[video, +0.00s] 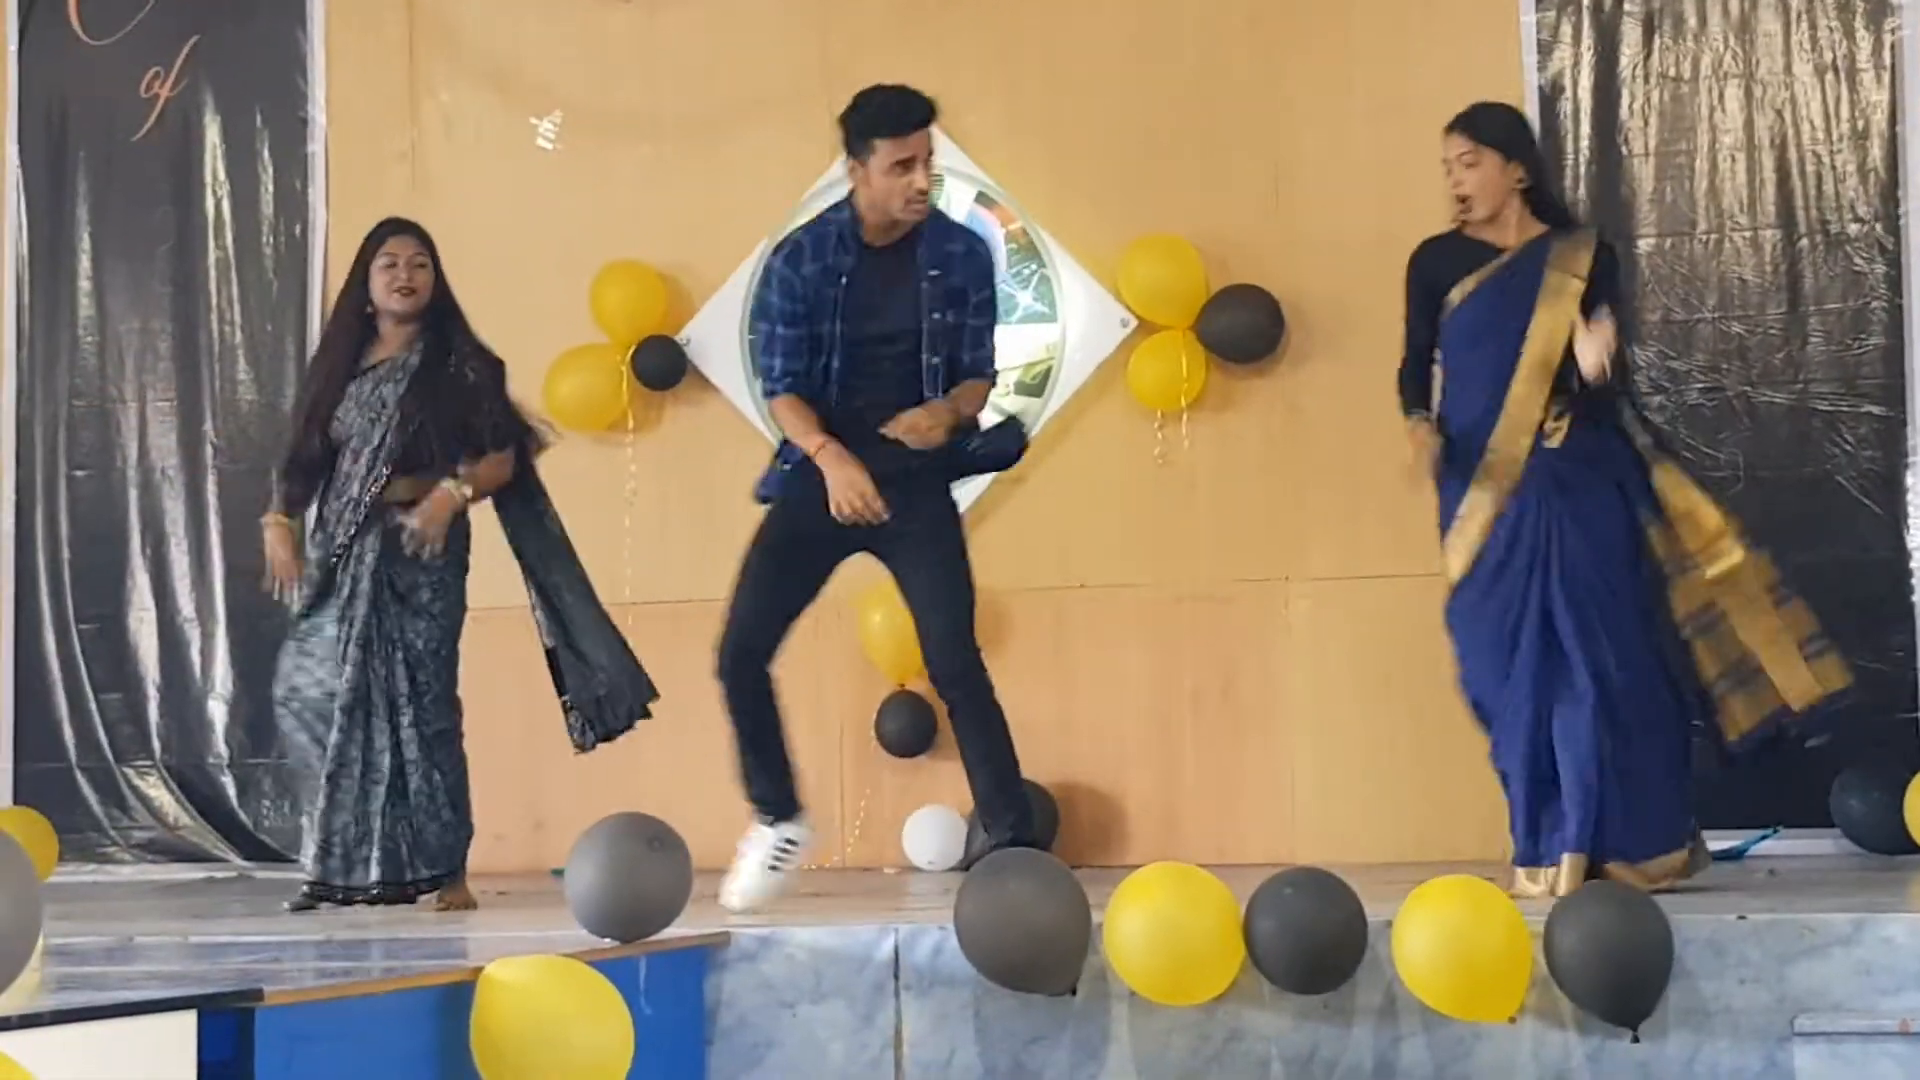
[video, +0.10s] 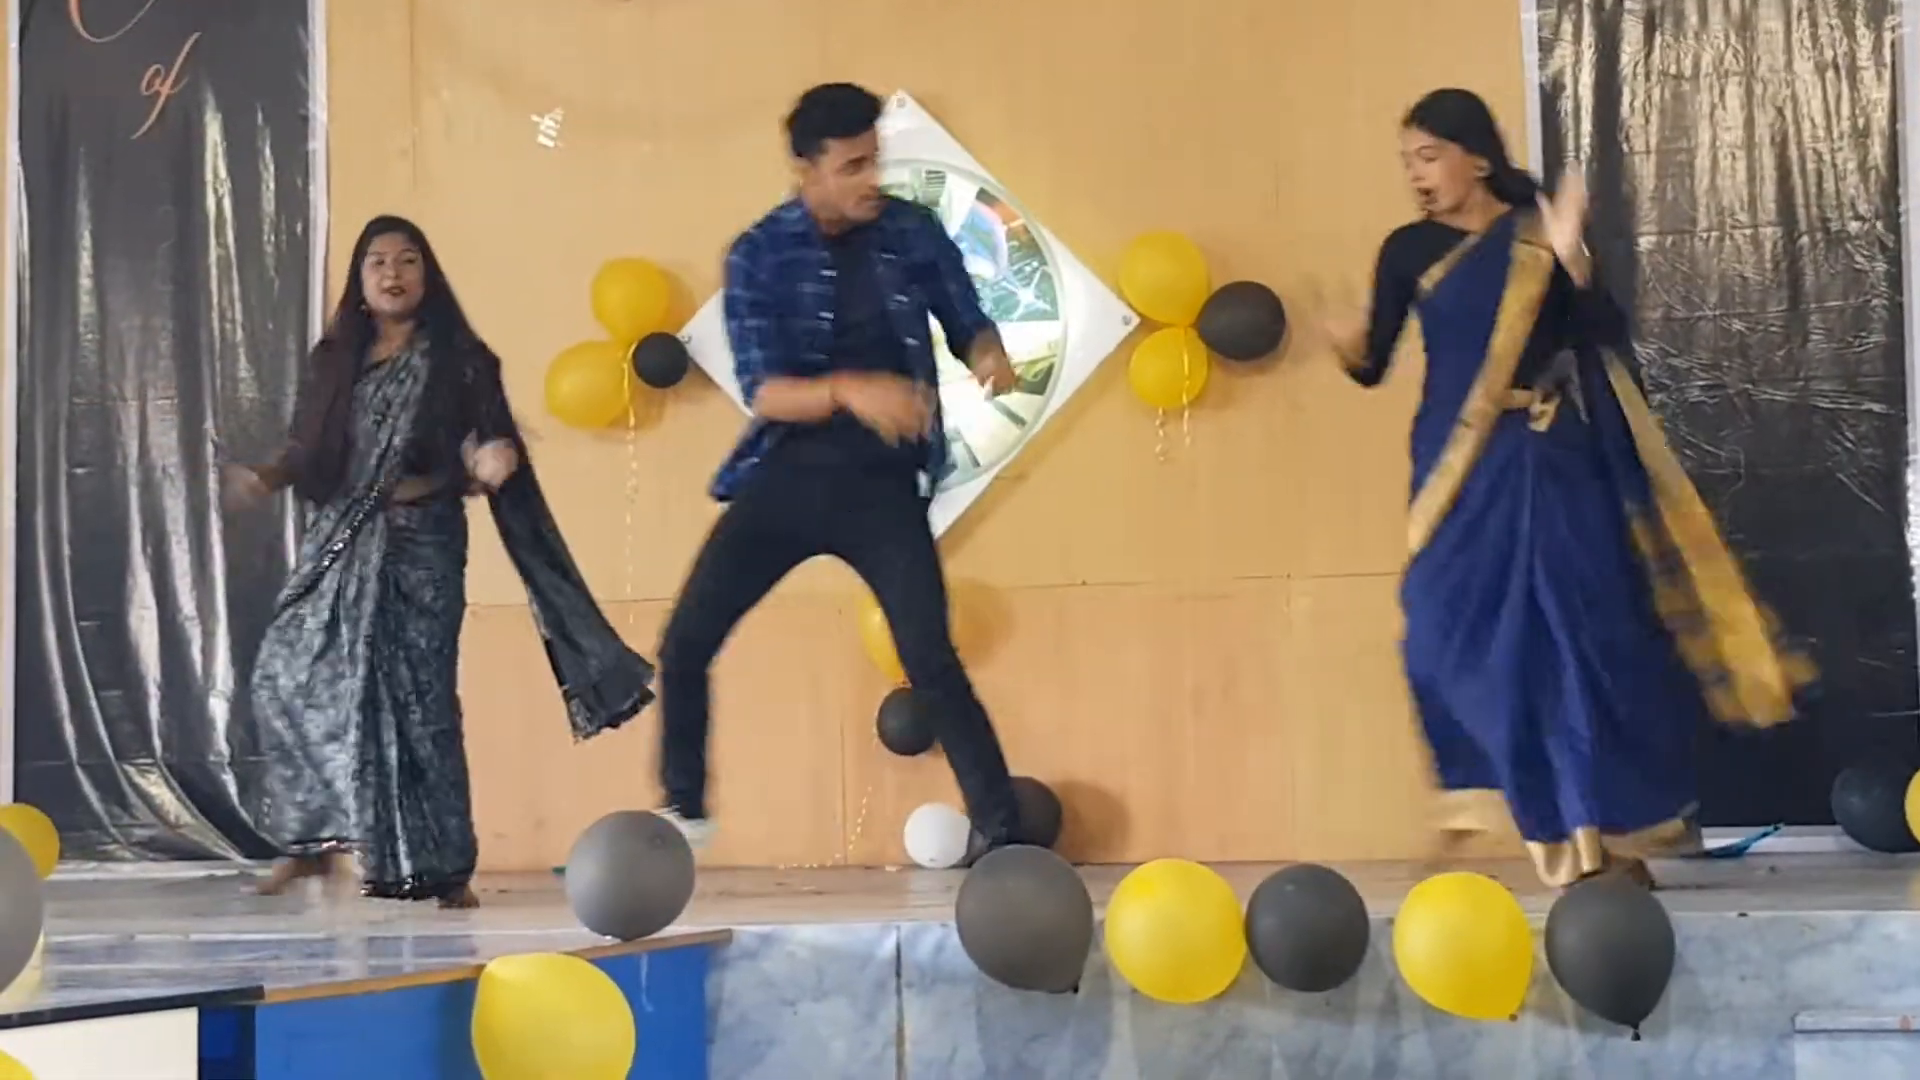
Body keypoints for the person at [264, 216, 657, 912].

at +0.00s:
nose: (405, 275)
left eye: (418, 265)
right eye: (390, 265)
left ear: (435, 280)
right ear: (366, 282)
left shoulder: (464, 365)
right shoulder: (338, 367)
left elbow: (508, 457)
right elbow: (303, 458)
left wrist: (452, 493)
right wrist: (277, 522)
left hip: (422, 551)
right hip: (342, 551)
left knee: (422, 703)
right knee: (322, 692)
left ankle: (443, 869)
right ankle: (350, 864)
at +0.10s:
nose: (392, 273)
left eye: (406, 262)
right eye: (378, 263)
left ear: (428, 274)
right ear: (359, 278)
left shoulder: (462, 359)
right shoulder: (335, 358)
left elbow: (498, 440)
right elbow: (308, 443)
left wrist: (495, 457)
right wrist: (268, 477)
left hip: (422, 544)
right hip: (341, 542)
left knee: (421, 698)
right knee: (281, 676)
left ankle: (444, 870)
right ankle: (306, 837)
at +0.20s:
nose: (374, 265)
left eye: (389, 251)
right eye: (359, 254)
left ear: (414, 261)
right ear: (343, 268)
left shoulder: (454, 344)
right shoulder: (323, 347)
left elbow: (498, 437)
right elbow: (269, 442)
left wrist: (520, 399)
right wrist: (201, 405)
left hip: (413, 533)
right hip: (329, 531)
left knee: (419, 686)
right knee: (283, 673)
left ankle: (451, 863)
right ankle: (263, 841)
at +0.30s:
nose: (348, 273)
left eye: (362, 259)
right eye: (334, 261)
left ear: (387, 265)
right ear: (317, 272)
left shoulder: (427, 340)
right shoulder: (298, 346)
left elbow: (480, 418)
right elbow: (229, 431)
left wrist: (503, 362)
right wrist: (198, 355)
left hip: (397, 526)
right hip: (311, 527)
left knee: (415, 684)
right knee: (279, 681)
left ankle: (453, 856)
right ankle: (239, 848)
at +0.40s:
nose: (320, 287)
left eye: (333, 273)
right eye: (306, 275)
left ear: (358, 277)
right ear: (288, 283)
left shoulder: (390, 347)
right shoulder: (270, 351)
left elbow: (461, 415)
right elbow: (183, 420)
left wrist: (447, 343)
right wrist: (186, 337)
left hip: (373, 535)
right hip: (290, 538)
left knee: (397, 688)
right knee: (275, 692)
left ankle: (450, 857)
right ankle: (240, 861)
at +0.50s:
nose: (293, 288)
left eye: (307, 274)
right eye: (279, 276)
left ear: (332, 281)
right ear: (262, 286)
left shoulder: (366, 354)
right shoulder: (244, 352)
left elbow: (449, 411)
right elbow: (146, 404)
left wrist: (411, 341)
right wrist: (133, 321)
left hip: (355, 537)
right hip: (270, 541)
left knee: (374, 687)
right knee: (257, 690)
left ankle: (431, 849)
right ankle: (247, 856)